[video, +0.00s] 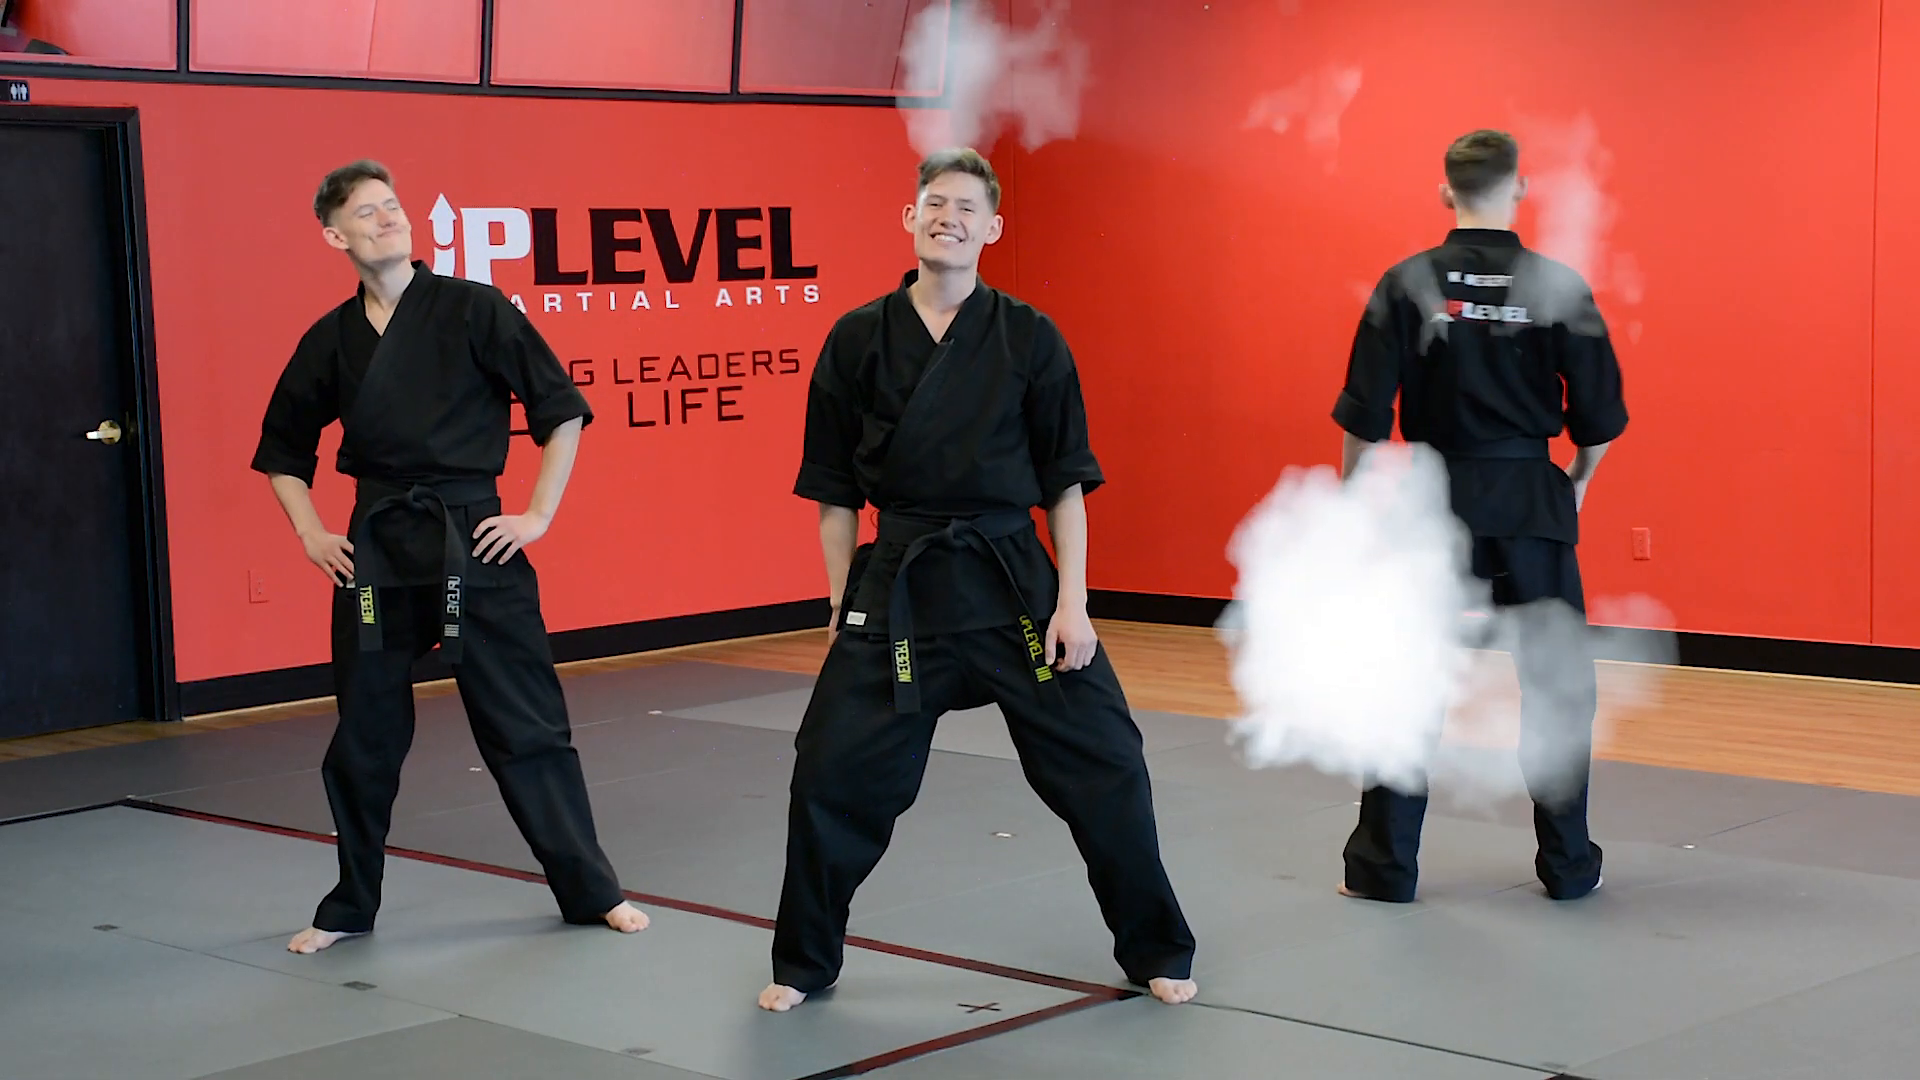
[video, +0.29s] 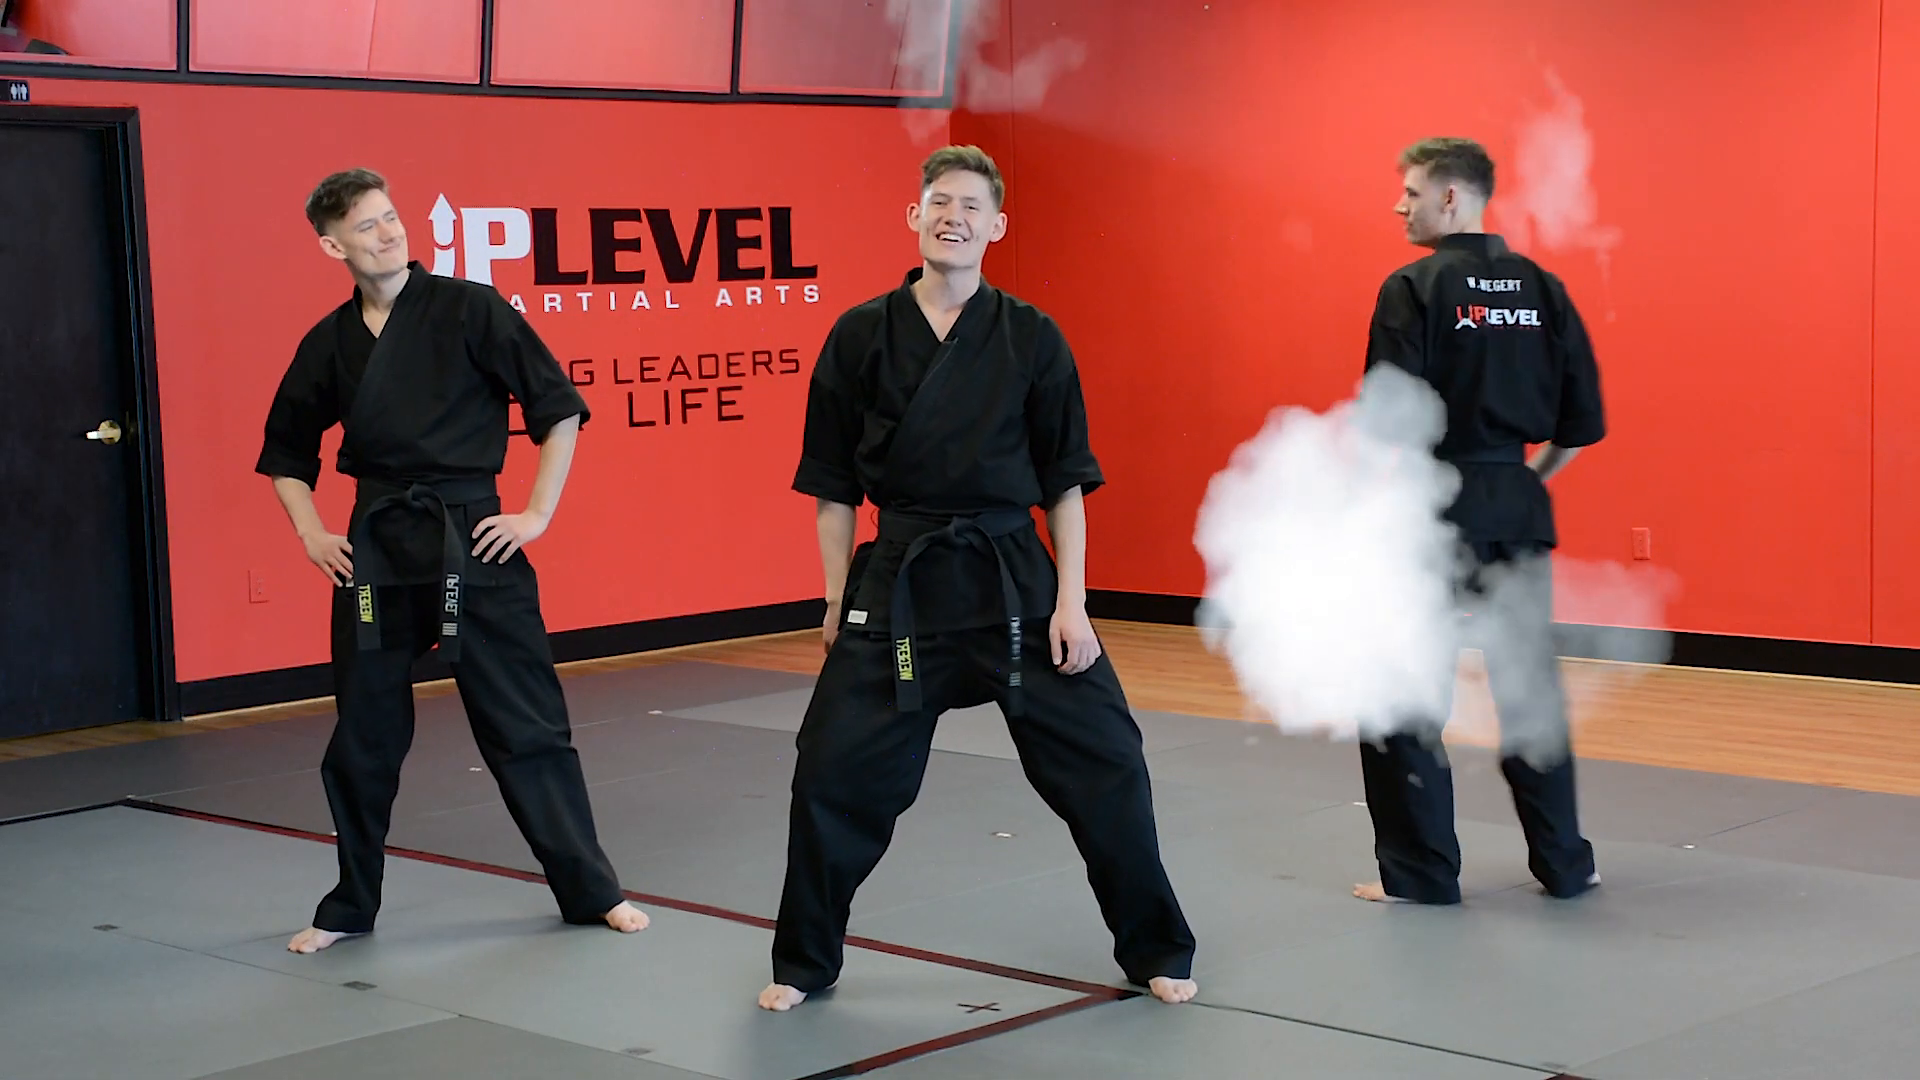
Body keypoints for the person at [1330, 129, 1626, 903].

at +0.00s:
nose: (1488, 200)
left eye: (1456, 189)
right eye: (1511, 187)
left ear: (1446, 192)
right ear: (1518, 190)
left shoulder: (1406, 284)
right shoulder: (1559, 287)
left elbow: (1364, 415)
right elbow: (1599, 414)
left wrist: (1350, 514)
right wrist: (1573, 484)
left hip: (1433, 510)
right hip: (1534, 510)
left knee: (1409, 675)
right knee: (1556, 679)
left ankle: (1386, 865)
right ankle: (1567, 862)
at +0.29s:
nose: (1399, 205)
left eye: (1408, 192)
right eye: (1402, 191)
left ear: (1449, 196)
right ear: (1470, 201)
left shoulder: (1412, 286)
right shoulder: (1539, 283)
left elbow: (1392, 415)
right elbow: (1582, 416)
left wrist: (1363, 493)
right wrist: (1530, 473)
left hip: (1432, 509)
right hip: (1518, 508)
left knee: (1405, 688)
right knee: (1530, 684)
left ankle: (1421, 875)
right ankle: (1564, 865)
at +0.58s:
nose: (1403, 204)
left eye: (1420, 191)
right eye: (1396, 191)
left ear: (1458, 196)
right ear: (1392, 197)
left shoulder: (1443, 280)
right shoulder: (1493, 283)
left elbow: (1464, 406)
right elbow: (1504, 416)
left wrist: (1388, 487)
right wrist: (1415, 451)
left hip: (1441, 514)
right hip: (1478, 513)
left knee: (1399, 685)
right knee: (1439, 684)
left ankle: (1419, 873)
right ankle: (1473, 844)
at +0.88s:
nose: (1405, 205)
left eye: (1420, 192)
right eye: (1394, 192)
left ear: (1451, 201)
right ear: (1381, 201)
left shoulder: (1471, 285)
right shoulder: (1411, 289)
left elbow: (1509, 413)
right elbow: (1412, 419)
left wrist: (1448, 504)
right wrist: (1391, 523)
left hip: (1458, 514)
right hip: (1417, 511)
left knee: (1442, 690)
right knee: (1414, 684)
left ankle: (1471, 869)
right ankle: (1452, 844)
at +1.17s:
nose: (1393, 209)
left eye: (1409, 195)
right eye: (1383, 196)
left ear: (1444, 200)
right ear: (1373, 204)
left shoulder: (1472, 282)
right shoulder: (1402, 294)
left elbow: (1513, 406)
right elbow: (1411, 416)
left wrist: (1452, 493)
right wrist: (1361, 472)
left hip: (1463, 512)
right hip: (1413, 509)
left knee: (1457, 690)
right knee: (1414, 687)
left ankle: (1472, 870)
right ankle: (1451, 844)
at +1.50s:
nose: (1378, 226)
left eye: (1389, 211)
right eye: (1370, 213)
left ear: (1431, 203)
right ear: (1367, 213)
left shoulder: (1473, 285)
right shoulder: (1400, 294)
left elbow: (1504, 407)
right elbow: (1409, 405)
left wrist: (1416, 459)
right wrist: (1364, 447)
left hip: (1463, 526)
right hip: (1416, 523)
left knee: (1455, 692)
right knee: (1415, 688)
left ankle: (1472, 870)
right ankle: (1452, 843)